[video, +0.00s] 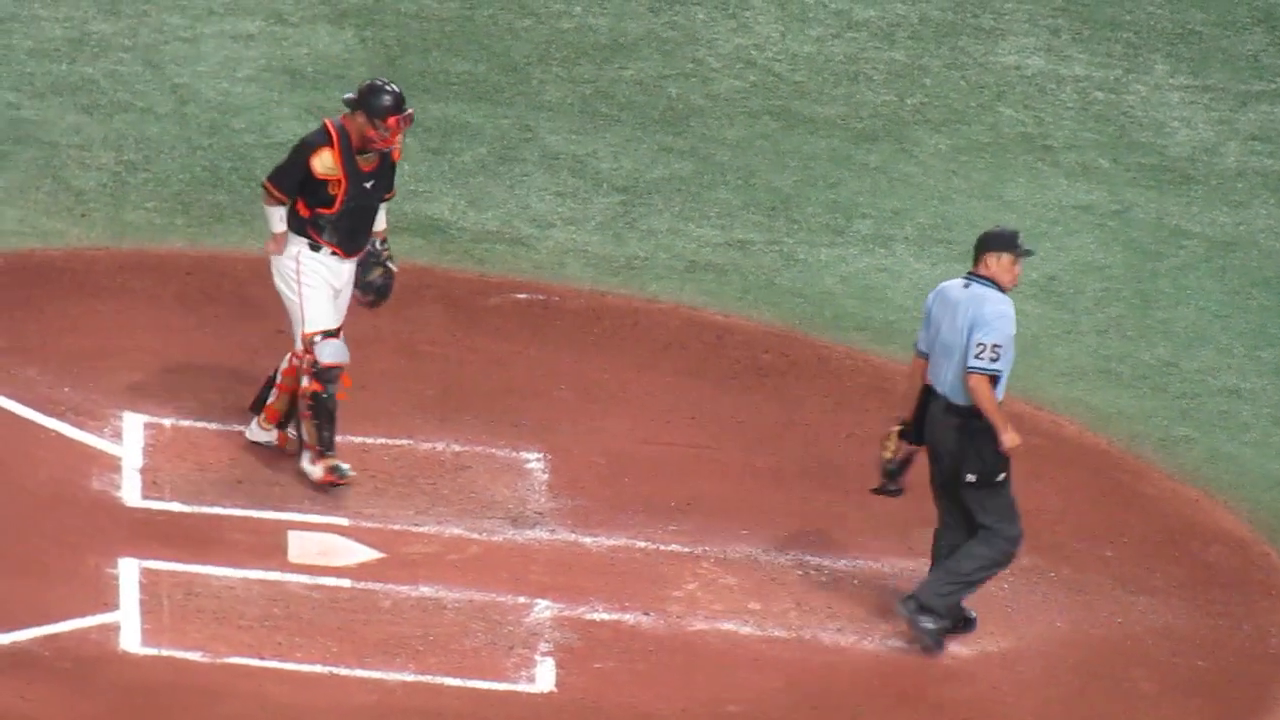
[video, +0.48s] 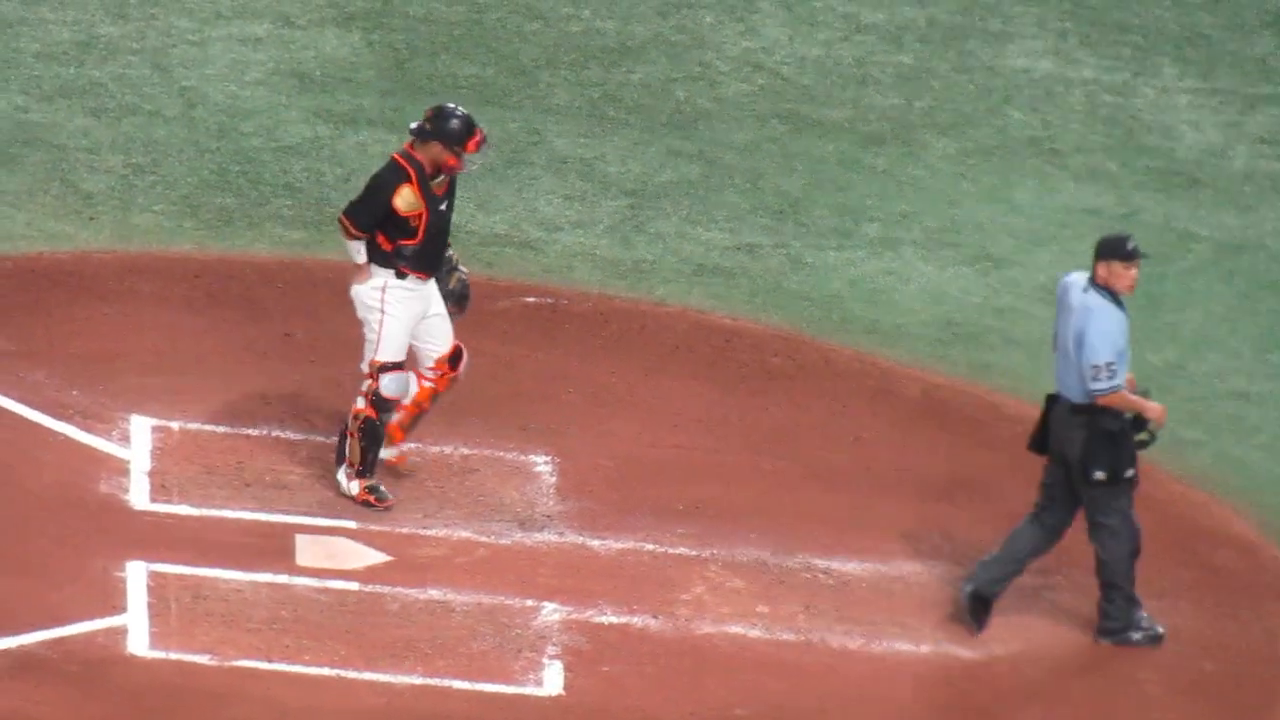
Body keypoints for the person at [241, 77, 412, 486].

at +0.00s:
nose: (392, 131)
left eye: (395, 123)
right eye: (385, 124)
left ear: (392, 121)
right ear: (362, 118)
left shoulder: (386, 149)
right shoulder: (320, 145)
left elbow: (380, 202)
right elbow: (274, 192)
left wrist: (378, 250)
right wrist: (279, 236)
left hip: (346, 263)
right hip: (305, 257)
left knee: (313, 350)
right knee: (326, 354)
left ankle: (266, 422)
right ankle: (317, 455)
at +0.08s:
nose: (403, 141)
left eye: (405, 133)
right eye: (397, 133)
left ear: (395, 131)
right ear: (375, 128)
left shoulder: (394, 157)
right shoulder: (334, 155)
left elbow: (390, 208)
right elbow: (290, 205)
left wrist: (393, 256)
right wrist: (293, 248)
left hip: (356, 272)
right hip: (319, 266)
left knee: (319, 357)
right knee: (341, 363)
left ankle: (270, 425)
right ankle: (340, 465)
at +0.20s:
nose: (420, 151)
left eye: (422, 143)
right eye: (414, 143)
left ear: (412, 140)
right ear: (392, 138)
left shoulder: (407, 162)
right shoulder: (351, 167)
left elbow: (402, 215)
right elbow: (311, 218)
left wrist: (412, 260)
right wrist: (314, 262)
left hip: (378, 280)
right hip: (342, 277)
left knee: (343, 366)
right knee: (366, 374)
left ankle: (282, 421)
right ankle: (351, 472)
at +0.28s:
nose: (430, 151)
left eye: (432, 143)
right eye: (425, 144)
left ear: (417, 139)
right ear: (403, 138)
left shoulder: (415, 162)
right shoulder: (365, 168)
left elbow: (408, 221)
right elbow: (322, 217)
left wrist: (425, 265)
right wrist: (327, 263)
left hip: (392, 280)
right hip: (359, 279)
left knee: (388, 365)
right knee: (375, 377)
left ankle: (305, 406)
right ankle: (351, 470)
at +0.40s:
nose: (446, 156)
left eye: (448, 149)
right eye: (442, 149)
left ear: (431, 143)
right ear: (420, 142)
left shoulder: (431, 166)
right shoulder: (383, 176)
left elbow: (420, 221)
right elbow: (337, 219)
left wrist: (437, 260)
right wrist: (346, 264)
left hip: (412, 282)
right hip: (377, 283)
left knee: (424, 363)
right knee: (378, 379)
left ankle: (341, 410)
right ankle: (354, 472)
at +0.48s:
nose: (460, 160)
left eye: (462, 153)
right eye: (457, 152)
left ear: (443, 145)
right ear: (436, 143)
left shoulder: (443, 171)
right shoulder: (395, 178)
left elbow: (431, 227)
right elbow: (352, 222)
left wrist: (447, 266)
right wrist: (362, 264)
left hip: (424, 286)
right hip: (388, 287)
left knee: (444, 363)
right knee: (387, 384)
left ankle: (387, 440)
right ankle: (354, 472)